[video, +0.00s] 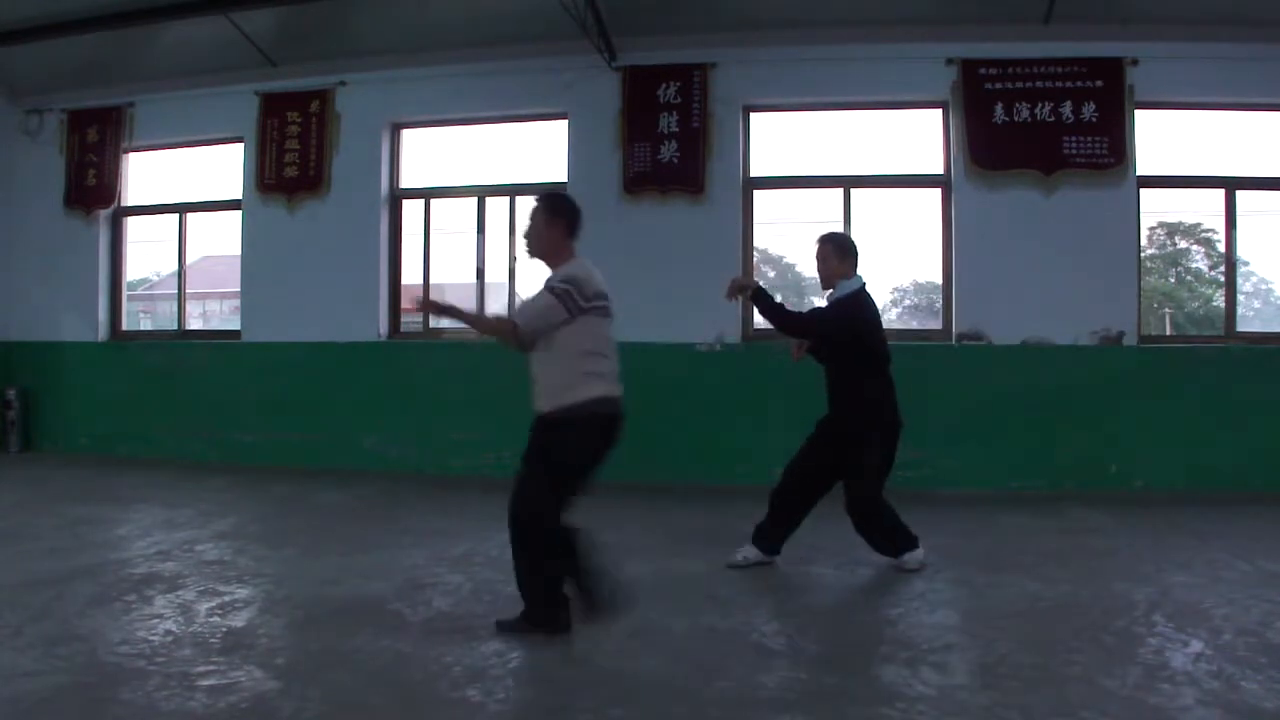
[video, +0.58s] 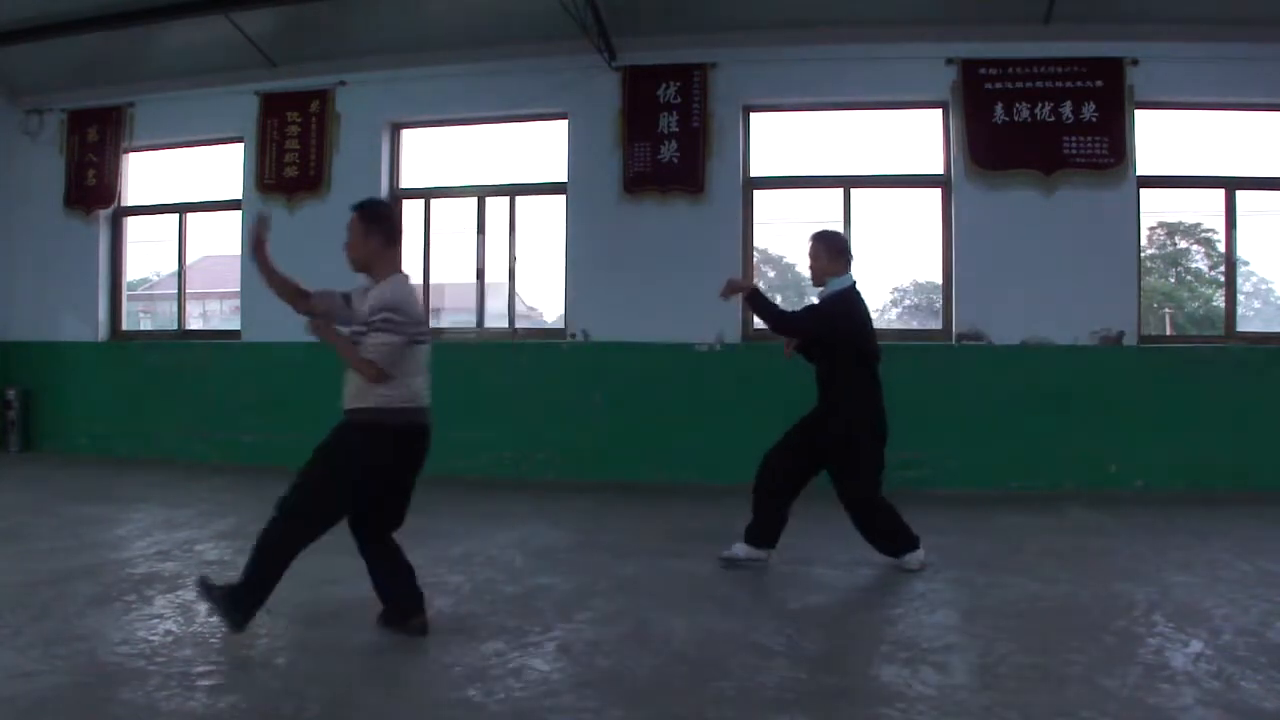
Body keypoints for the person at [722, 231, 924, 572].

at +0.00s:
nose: (817, 268)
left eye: (822, 261)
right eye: (817, 261)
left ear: (842, 262)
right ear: (844, 263)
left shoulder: (850, 308)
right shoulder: (851, 302)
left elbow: (795, 325)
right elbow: (845, 352)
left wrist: (755, 292)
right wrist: (811, 347)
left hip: (869, 420)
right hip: (847, 415)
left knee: (861, 496)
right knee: (800, 481)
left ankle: (907, 548)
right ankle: (765, 546)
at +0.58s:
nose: (809, 264)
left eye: (814, 257)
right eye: (810, 258)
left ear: (832, 260)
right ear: (839, 261)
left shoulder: (840, 305)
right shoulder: (845, 301)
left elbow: (788, 324)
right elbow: (837, 354)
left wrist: (750, 292)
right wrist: (802, 347)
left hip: (849, 416)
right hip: (839, 412)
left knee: (857, 491)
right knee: (779, 469)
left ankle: (908, 548)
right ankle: (757, 544)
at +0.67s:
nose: (798, 269)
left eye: (803, 261)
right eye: (799, 261)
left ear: (819, 263)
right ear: (828, 264)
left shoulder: (830, 308)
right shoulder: (835, 305)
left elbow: (776, 328)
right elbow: (829, 357)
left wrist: (743, 296)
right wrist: (793, 351)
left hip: (839, 417)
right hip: (837, 413)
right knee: (772, 470)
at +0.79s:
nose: (761, 274)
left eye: (765, 267)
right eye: (762, 267)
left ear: (782, 270)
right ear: (790, 269)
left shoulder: (789, 312)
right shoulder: (801, 308)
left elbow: (733, 331)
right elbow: (806, 355)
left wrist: (703, 297)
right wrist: (769, 355)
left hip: (803, 421)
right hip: (818, 419)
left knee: (742, 474)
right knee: (842, 491)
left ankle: (700, 544)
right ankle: (907, 547)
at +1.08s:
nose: (657, 247)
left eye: (661, 239)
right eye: (658, 238)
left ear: (677, 240)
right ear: (684, 241)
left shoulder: (700, 284)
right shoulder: (698, 281)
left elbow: (694, 345)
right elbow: (695, 343)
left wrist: (660, 329)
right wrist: (661, 329)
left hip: (709, 397)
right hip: (707, 394)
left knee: (662, 456)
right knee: (668, 457)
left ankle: (684, 546)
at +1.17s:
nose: (642, 236)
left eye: (646, 228)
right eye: (643, 229)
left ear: (662, 230)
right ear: (669, 230)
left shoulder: (690, 269)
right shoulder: (671, 278)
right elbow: (647, 327)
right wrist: (628, 297)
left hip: (691, 376)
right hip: (691, 376)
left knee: (620, 387)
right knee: (675, 452)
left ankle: (649, 453)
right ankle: (678, 535)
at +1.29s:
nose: (618, 230)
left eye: (623, 223)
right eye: (619, 223)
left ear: (641, 224)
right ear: (639, 225)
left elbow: (713, 311)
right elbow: (585, 286)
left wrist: (671, 321)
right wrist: (551, 256)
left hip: (671, 368)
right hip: (642, 365)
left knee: (595, 326)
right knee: (641, 447)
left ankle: (620, 400)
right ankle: (628, 538)